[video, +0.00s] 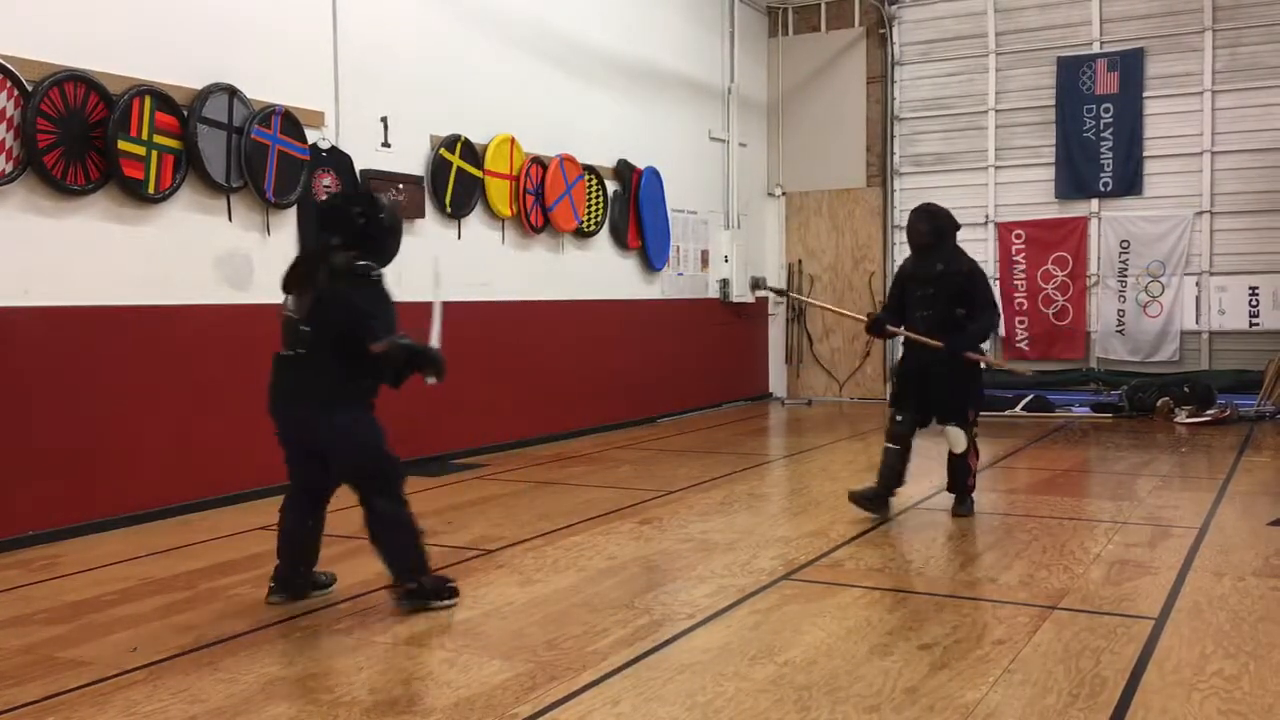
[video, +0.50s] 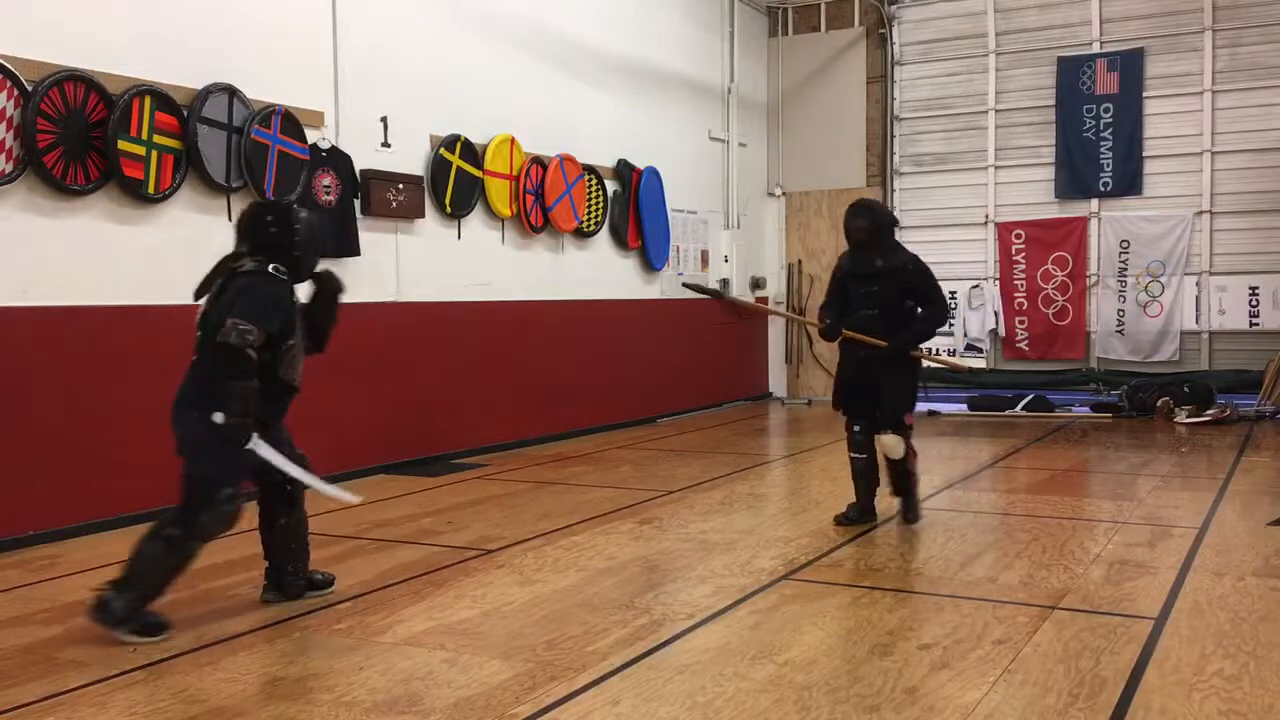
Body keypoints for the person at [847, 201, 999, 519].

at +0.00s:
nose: (912, 235)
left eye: (919, 229)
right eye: (911, 229)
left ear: (938, 231)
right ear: (910, 232)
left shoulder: (964, 269)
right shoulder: (909, 268)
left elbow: (989, 315)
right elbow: (895, 313)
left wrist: (965, 339)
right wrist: (881, 324)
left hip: (956, 362)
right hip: (916, 360)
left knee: (957, 431)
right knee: (899, 425)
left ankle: (963, 495)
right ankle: (882, 491)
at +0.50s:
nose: (854, 236)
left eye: (860, 229)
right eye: (850, 229)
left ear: (878, 228)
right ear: (847, 229)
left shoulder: (906, 264)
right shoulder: (847, 265)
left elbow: (938, 310)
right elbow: (831, 307)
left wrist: (908, 338)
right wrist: (829, 325)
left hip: (896, 362)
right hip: (856, 362)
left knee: (890, 437)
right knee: (857, 434)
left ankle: (907, 495)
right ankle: (864, 506)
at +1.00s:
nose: (831, 222)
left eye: (839, 215)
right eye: (830, 216)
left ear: (859, 221)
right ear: (827, 221)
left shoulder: (886, 266)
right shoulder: (823, 263)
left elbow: (925, 313)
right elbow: (799, 300)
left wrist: (929, 363)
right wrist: (774, 317)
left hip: (871, 366)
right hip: (827, 365)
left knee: (861, 443)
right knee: (819, 443)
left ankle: (861, 521)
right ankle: (850, 490)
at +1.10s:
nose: (825, 225)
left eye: (832, 217)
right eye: (824, 218)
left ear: (852, 220)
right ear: (823, 221)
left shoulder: (883, 264)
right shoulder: (818, 263)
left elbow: (920, 312)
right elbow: (793, 304)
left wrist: (925, 360)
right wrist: (767, 322)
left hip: (868, 364)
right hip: (823, 363)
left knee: (861, 444)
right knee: (809, 438)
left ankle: (861, 520)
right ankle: (831, 501)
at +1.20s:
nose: (823, 226)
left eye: (830, 218)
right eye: (819, 219)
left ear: (848, 221)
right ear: (813, 222)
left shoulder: (877, 265)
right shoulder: (810, 265)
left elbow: (917, 310)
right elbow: (787, 305)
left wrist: (918, 359)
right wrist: (757, 324)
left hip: (863, 370)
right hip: (817, 368)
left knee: (859, 446)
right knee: (803, 441)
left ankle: (860, 523)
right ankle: (804, 521)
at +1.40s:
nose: (798, 240)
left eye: (805, 232)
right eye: (795, 233)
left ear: (823, 233)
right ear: (791, 234)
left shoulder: (859, 273)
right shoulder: (792, 275)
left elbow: (905, 317)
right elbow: (766, 318)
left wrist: (899, 365)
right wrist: (731, 336)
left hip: (850, 382)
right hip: (802, 381)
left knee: (851, 463)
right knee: (789, 457)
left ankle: (859, 524)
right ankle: (787, 535)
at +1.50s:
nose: (792, 245)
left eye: (798, 237)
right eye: (788, 238)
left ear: (817, 236)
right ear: (785, 239)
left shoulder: (854, 274)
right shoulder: (786, 279)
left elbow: (903, 312)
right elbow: (757, 322)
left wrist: (891, 363)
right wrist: (718, 345)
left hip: (846, 385)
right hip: (798, 385)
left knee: (854, 466)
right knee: (785, 460)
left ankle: (860, 526)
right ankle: (788, 536)